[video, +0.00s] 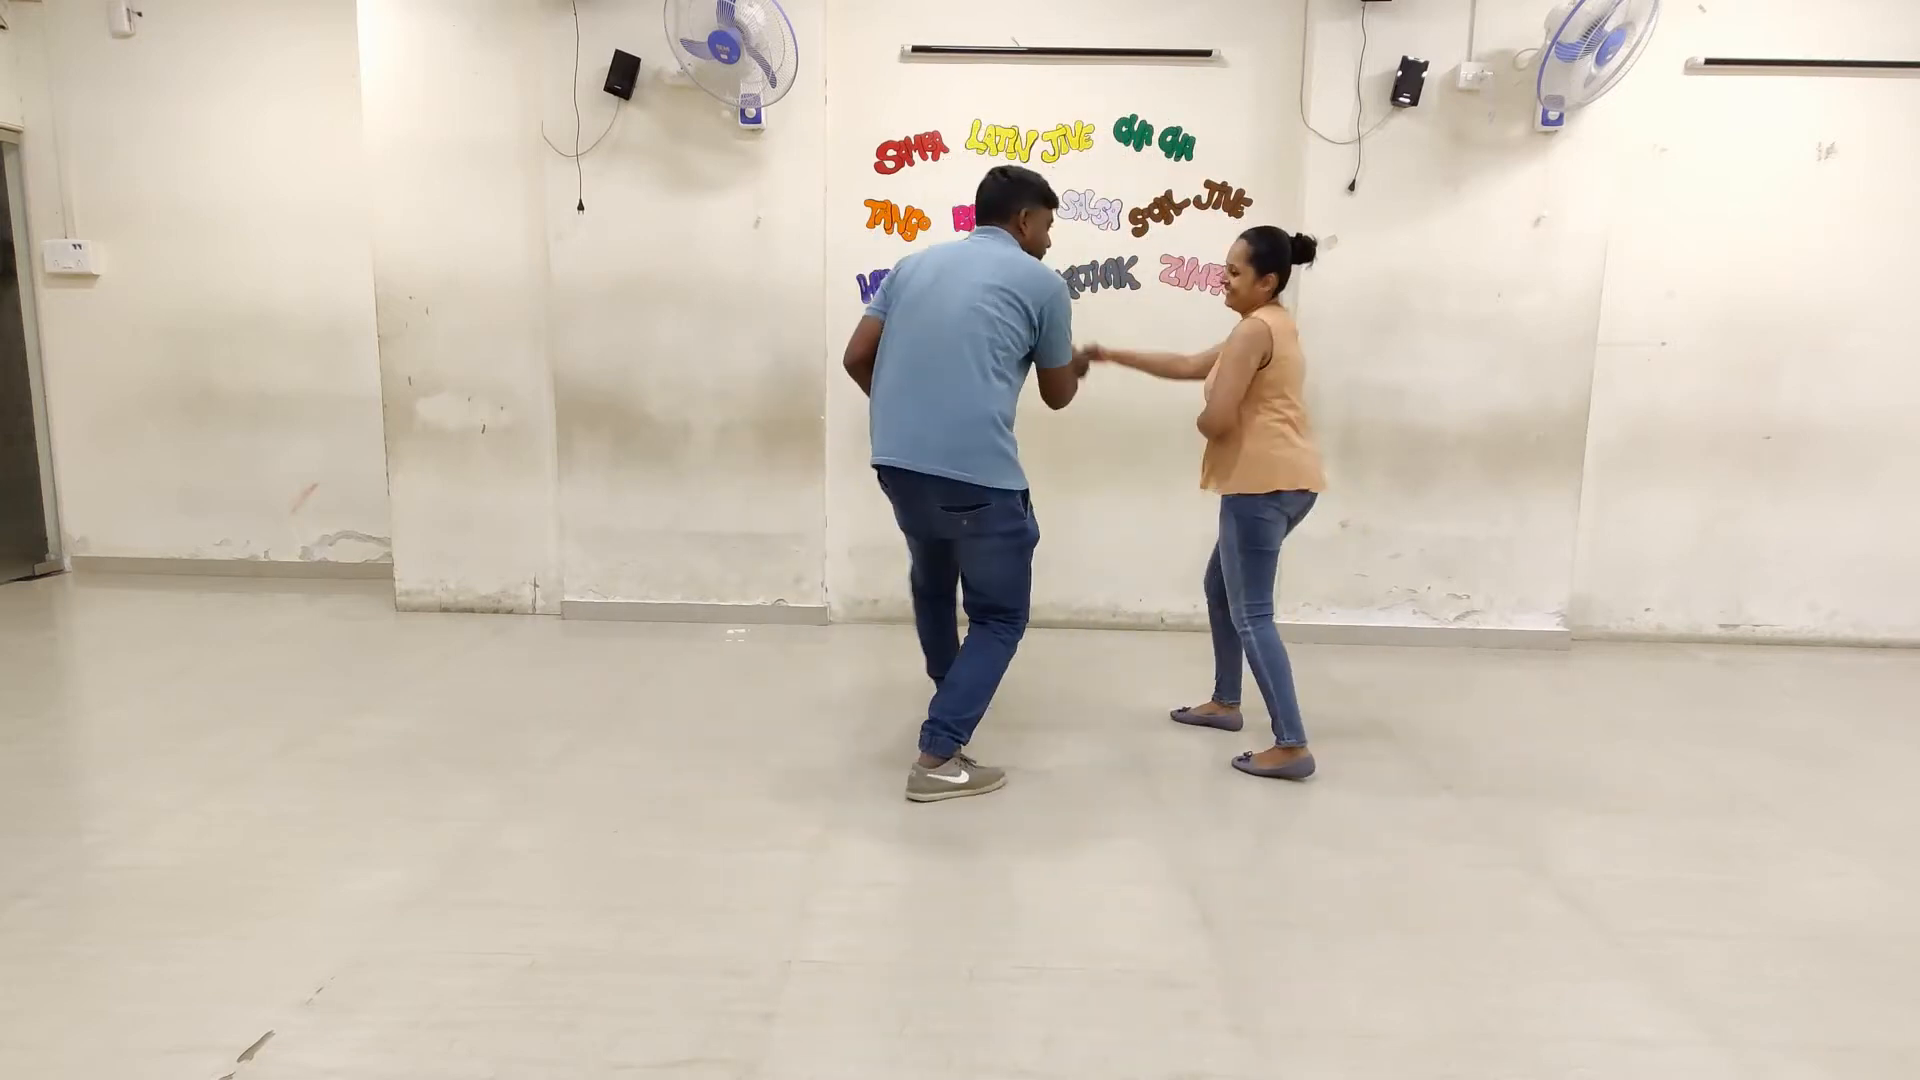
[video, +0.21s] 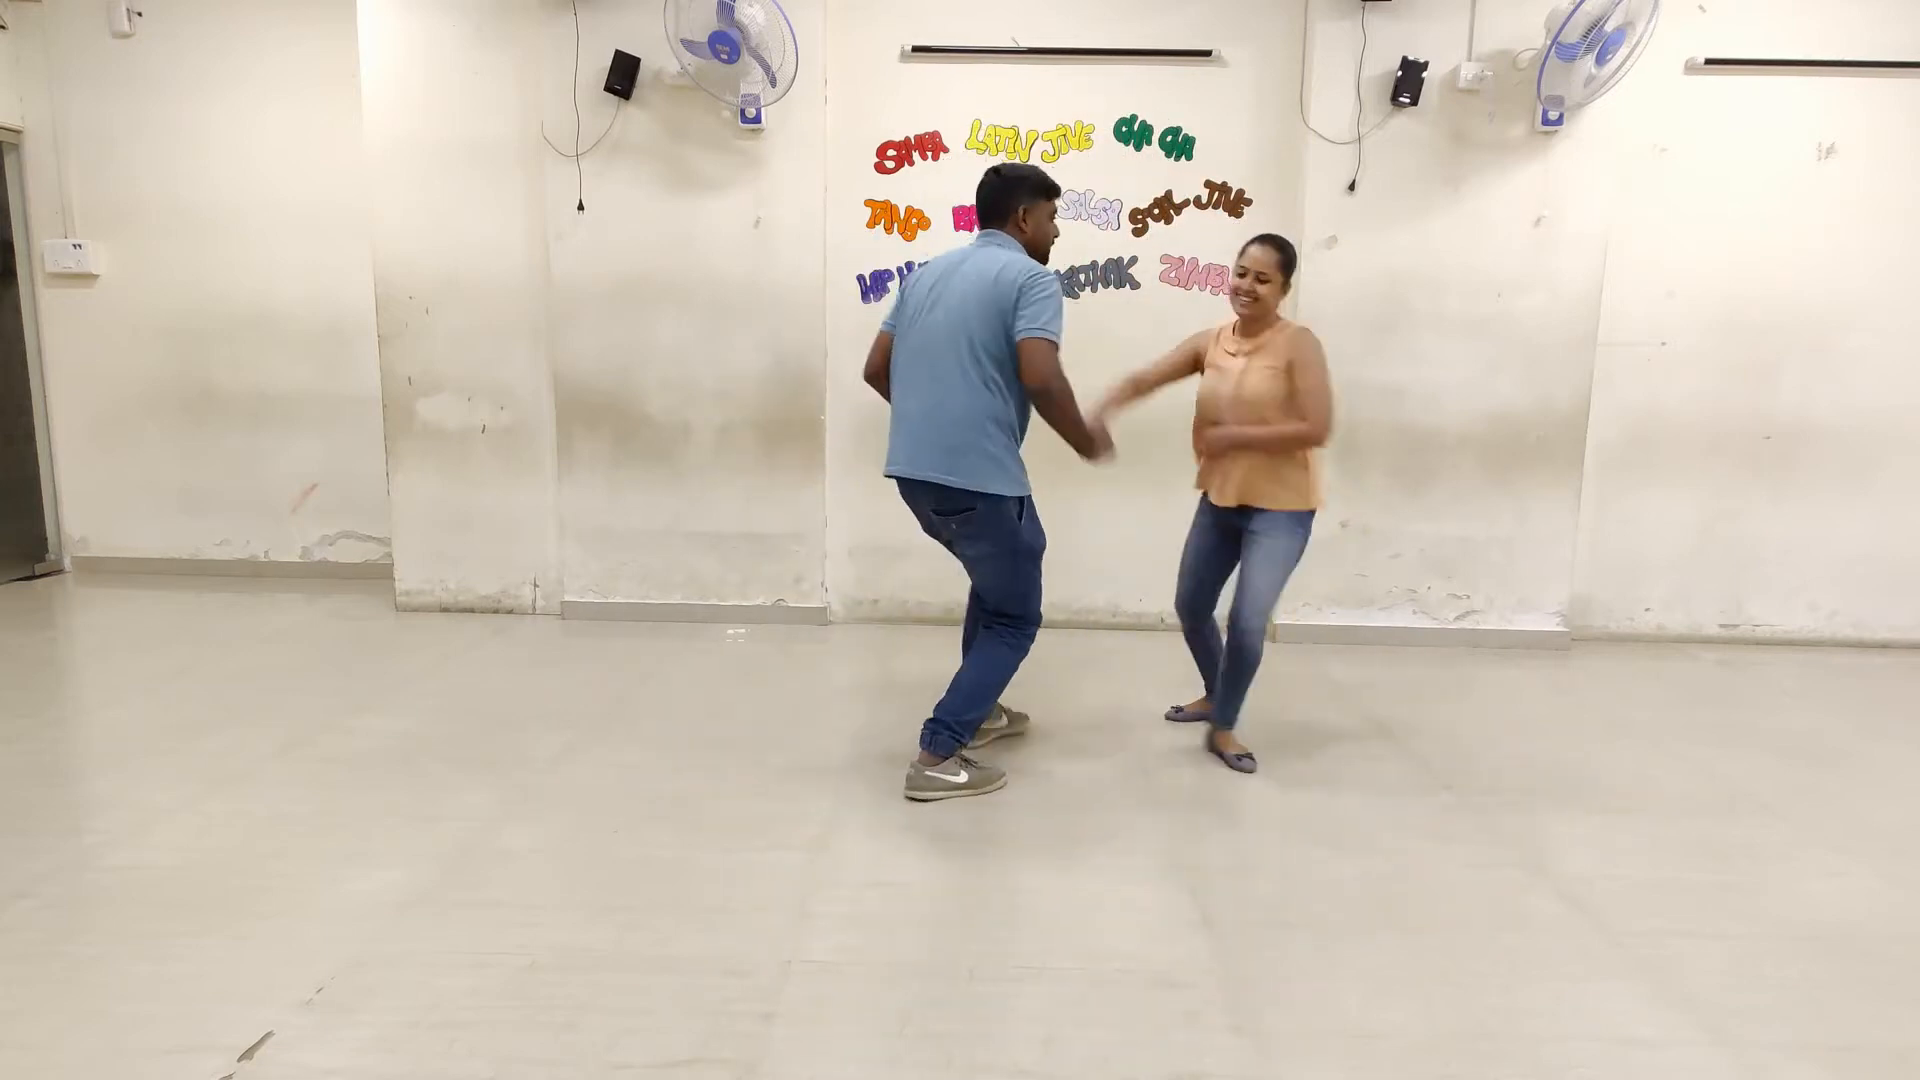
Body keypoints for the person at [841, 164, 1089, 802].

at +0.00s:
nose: (1050, 236)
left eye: (1050, 223)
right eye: (1046, 222)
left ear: (985, 216)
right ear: (1021, 217)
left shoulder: (916, 263)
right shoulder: (1042, 283)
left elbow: (858, 357)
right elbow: (1057, 393)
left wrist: (902, 405)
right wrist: (1078, 361)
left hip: (897, 459)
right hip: (977, 466)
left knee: (932, 572)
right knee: (998, 618)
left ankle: (947, 701)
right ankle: (939, 756)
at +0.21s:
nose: (1055, 232)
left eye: (1055, 218)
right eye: (1051, 218)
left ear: (993, 219)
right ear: (1024, 217)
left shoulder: (927, 273)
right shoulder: (1031, 277)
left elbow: (877, 369)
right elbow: (1040, 377)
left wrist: (936, 410)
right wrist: (1086, 439)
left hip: (913, 472)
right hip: (979, 477)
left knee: (995, 571)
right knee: (1012, 621)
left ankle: (975, 707)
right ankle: (938, 756)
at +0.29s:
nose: (1056, 228)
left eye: (1055, 214)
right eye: (1050, 214)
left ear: (994, 220)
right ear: (1019, 217)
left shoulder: (936, 275)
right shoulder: (1024, 276)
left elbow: (892, 377)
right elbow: (1027, 374)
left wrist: (967, 405)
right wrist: (1096, 464)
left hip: (919, 467)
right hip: (981, 473)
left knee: (998, 590)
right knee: (1017, 620)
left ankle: (977, 709)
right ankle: (938, 754)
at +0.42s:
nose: (1058, 201)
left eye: (1054, 189)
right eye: (1048, 190)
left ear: (1002, 198)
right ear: (1014, 197)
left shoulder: (966, 249)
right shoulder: (1008, 252)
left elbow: (968, 355)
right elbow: (1002, 348)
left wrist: (1025, 401)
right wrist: (1079, 430)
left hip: (937, 443)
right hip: (969, 448)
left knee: (1011, 578)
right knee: (1040, 588)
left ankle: (980, 709)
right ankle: (954, 734)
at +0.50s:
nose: (1059, 184)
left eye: (1055, 172)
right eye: (1046, 173)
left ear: (1006, 184)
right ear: (1008, 183)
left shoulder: (982, 235)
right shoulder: (999, 237)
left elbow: (976, 343)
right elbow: (991, 338)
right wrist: (1071, 415)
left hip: (953, 430)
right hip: (966, 433)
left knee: (1013, 571)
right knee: (1036, 573)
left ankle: (975, 707)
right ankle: (990, 740)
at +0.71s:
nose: (1043, 170)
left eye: (1040, 160)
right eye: (1030, 162)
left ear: (1008, 177)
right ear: (991, 175)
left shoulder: (998, 243)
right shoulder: (970, 243)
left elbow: (990, 343)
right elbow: (987, 346)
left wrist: (1038, 380)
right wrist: (1081, 390)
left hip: (978, 431)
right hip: (942, 429)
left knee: (1023, 565)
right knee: (1001, 565)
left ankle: (973, 703)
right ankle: (1016, 725)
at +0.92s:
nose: (1003, 172)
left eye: (1000, 162)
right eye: (987, 165)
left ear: (967, 183)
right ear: (952, 184)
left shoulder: (968, 248)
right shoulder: (945, 251)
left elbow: (974, 335)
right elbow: (1013, 340)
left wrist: (1011, 357)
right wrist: (1107, 372)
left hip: (971, 441)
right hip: (926, 442)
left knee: (1017, 566)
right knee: (967, 575)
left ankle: (974, 703)